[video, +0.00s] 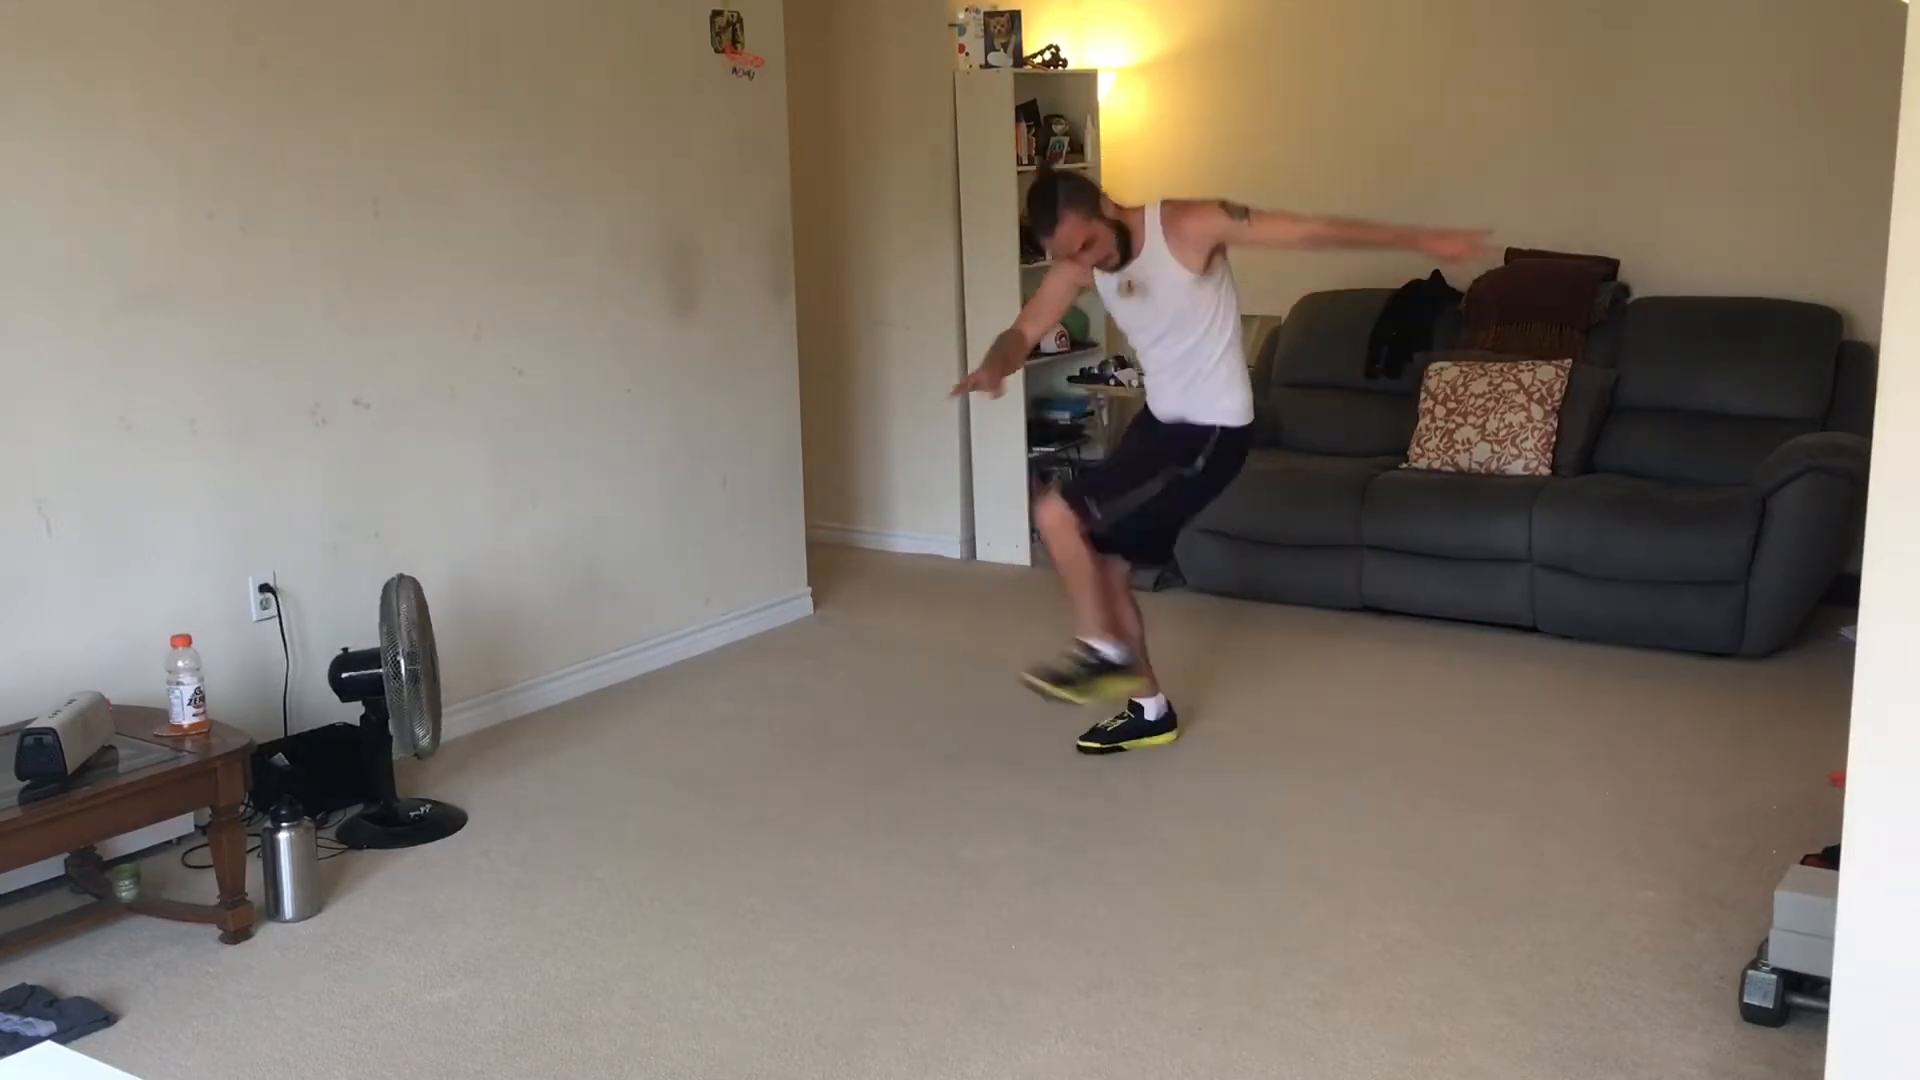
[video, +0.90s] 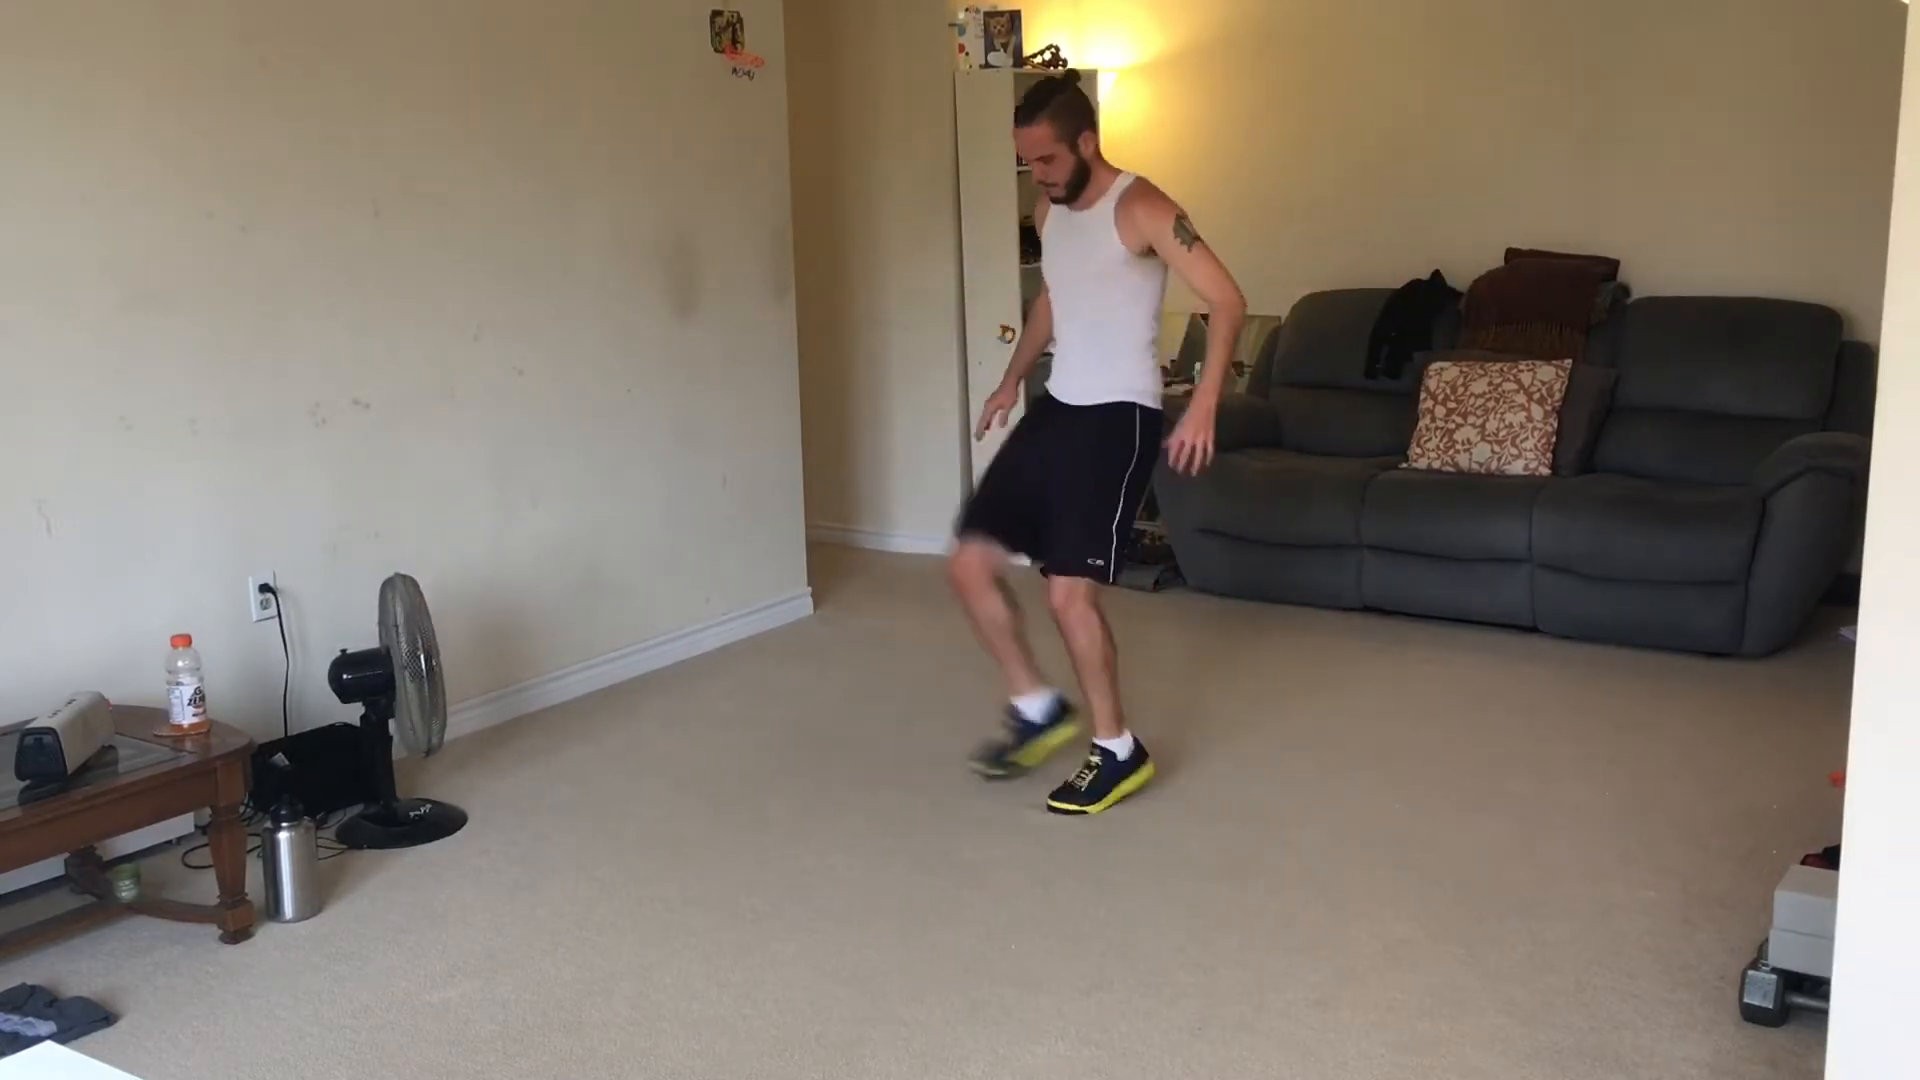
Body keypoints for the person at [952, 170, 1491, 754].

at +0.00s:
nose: (1088, 263)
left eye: (1088, 246)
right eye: (1073, 257)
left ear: (1107, 209)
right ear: (1060, 245)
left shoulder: (1188, 225)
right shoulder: (1081, 263)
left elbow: (1311, 232)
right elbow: (1026, 331)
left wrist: (1425, 241)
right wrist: (992, 369)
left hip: (1215, 427)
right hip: (1160, 422)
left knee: (1060, 512)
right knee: (1102, 561)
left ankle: (1101, 649)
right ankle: (1149, 705)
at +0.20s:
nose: (1114, 202)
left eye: (1122, 187)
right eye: (1100, 193)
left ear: (1147, 154)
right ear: (1086, 176)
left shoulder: (1204, 191)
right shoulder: (1086, 191)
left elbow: (1294, 253)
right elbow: (1009, 211)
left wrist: (1324, 358)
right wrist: (955, 254)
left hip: (1211, 354)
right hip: (1143, 358)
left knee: (1086, 429)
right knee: (1120, 523)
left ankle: (1072, 605)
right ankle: (1145, 682)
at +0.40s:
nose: (1147, 194)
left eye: (1162, 182)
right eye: (1139, 178)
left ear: (1197, 169)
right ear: (1129, 164)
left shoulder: (1222, 235)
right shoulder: (1126, 206)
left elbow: (1167, 322)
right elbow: (1135, 299)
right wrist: (1076, 317)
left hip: (1175, 440)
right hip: (1100, 424)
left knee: (1161, 609)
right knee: (1075, 585)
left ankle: (1199, 739)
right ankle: (1090, 733)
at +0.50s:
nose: (1118, 165)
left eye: (1134, 153)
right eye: (1110, 150)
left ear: (1171, 140)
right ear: (1104, 137)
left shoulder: (1201, 204)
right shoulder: (1117, 191)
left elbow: (1148, 288)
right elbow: (1133, 303)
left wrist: (1044, 241)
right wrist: (1093, 358)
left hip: (1171, 412)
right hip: (1104, 396)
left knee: (1160, 582)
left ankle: (1197, 730)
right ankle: (1060, 647)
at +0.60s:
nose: (1083, 160)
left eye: (1097, 146)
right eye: (1074, 145)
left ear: (1134, 129)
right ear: (1068, 130)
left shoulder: (1174, 184)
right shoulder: (1087, 180)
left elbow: (1178, 294)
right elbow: (1092, 270)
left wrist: (1070, 264)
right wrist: (1057, 335)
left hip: (1162, 385)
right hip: (1095, 367)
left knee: (1140, 568)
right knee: (958, 332)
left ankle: (1188, 710)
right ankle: (1057, 456)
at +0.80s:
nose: (1050, 193)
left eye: (1060, 178)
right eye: (1042, 179)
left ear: (1101, 160)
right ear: (1041, 167)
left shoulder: (1155, 226)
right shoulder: (1065, 223)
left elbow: (1236, 324)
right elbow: (1056, 308)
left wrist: (1195, 426)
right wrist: (1010, 394)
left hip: (1127, 429)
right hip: (1062, 412)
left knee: (1083, 600)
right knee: (919, 435)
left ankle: (1126, 762)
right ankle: (934, 600)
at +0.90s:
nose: (1036, 175)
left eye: (1046, 159)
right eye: (1028, 162)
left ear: (1087, 141)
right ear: (1026, 152)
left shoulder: (1140, 206)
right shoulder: (1051, 210)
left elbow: (1227, 301)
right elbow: (1054, 297)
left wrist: (1203, 406)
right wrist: (1013, 379)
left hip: (1119, 419)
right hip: (1055, 413)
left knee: (1069, 590)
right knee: (970, 562)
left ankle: (1117, 749)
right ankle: (1035, 708)